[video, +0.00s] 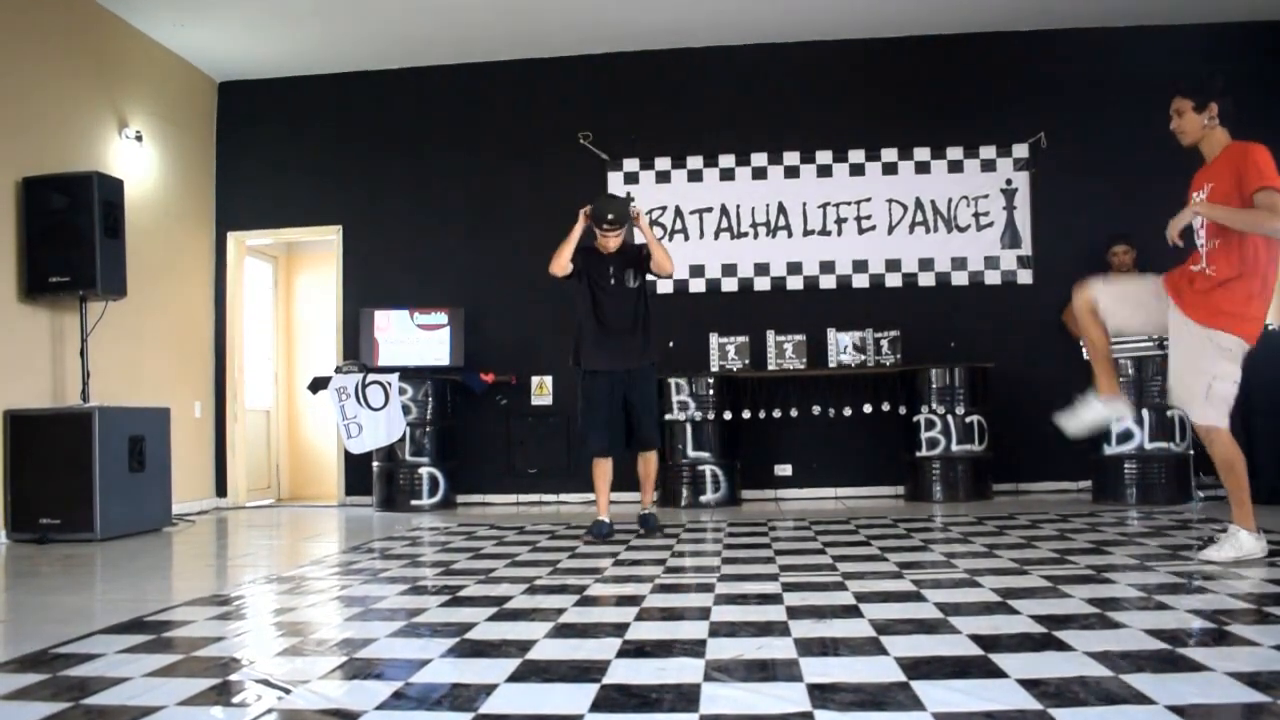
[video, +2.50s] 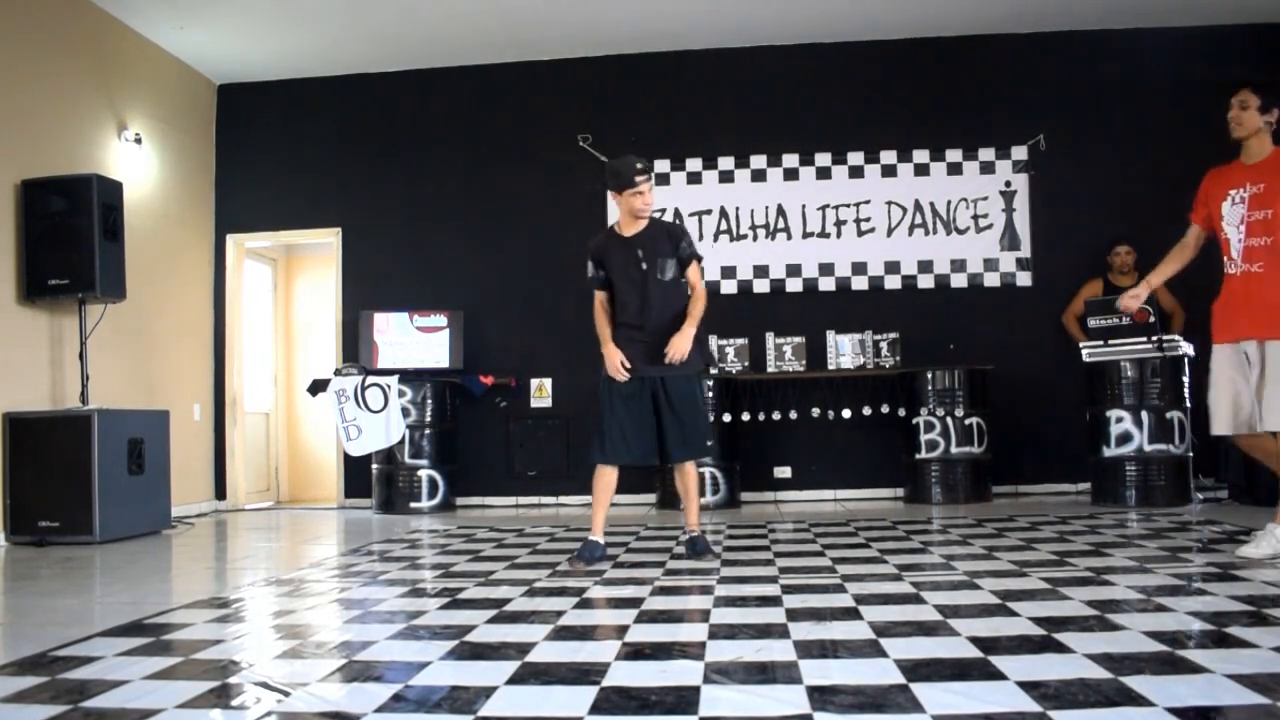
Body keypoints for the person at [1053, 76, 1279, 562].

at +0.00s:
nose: (1174, 124)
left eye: (1181, 114)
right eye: (1172, 115)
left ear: (1210, 114)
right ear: (1197, 118)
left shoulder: (1250, 155)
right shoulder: (1203, 176)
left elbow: (1272, 219)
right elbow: (1217, 249)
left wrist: (1200, 209)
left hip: (1222, 312)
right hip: (1181, 291)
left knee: (1208, 421)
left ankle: (1245, 532)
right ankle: (1110, 398)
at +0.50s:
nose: (1169, 125)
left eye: (1176, 116)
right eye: (1169, 116)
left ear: (1205, 118)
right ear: (1200, 120)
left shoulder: (1224, 161)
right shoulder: (1218, 163)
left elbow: (1213, 235)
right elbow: (1217, 245)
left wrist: (1163, 216)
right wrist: (1138, 265)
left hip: (1221, 312)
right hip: (1193, 293)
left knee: (1206, 422)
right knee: (1096, 294)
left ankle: (1246, 533)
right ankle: (1121, 400)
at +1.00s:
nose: (1136, 131)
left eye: (1142, 122)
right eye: (1137, 123)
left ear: (1167, 126)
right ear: (1166, 127)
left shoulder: (1170, 166)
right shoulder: (1184, 169)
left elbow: (1153, 241)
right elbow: (1182, 249)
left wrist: (1124, 230)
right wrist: (1144, 248)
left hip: (1175, 310)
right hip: (1194, 315)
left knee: (1114, 399)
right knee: (1157, 425)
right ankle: (1184, 528)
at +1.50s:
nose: (1104, 153)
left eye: (1106, 146)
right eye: (1104, 146)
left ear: (1125, 149)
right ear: (1148, 147)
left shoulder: (1138, 192)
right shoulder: (1182, 181)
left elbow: (1120, 266)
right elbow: (1227, 233)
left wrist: (1095, 295)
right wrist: (1197, 266)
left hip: (1180, 290)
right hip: (1165, 313)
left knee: (1113, 204)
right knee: (1127, 411)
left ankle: (1097, 311)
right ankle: (1177, 518)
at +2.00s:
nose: (1151, 127)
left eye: (1159, 118)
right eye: (1150, 120)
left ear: (1188, 118)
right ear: (1175, 123)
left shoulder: (1212, 161)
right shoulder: (1188, 173)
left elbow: (1238, 230)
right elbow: (1203, 244)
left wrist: (1177, 268)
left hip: (1223, 327)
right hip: (1181, 327)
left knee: (1257, 425)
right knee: (1182, 423)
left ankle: (1278, 523)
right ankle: (1186, 528)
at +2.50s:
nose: (1233, 116)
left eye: (1244, 108)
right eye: (1232, 108)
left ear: (1270, 117)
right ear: (1231, 118)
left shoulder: (1276, 167)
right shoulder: (1219, 179)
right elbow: (1190, 243)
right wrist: (1145, 286)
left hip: (1274, 320)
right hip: (1233, 322)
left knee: (1271, 427)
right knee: (1240, 429)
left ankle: (1276, 525)